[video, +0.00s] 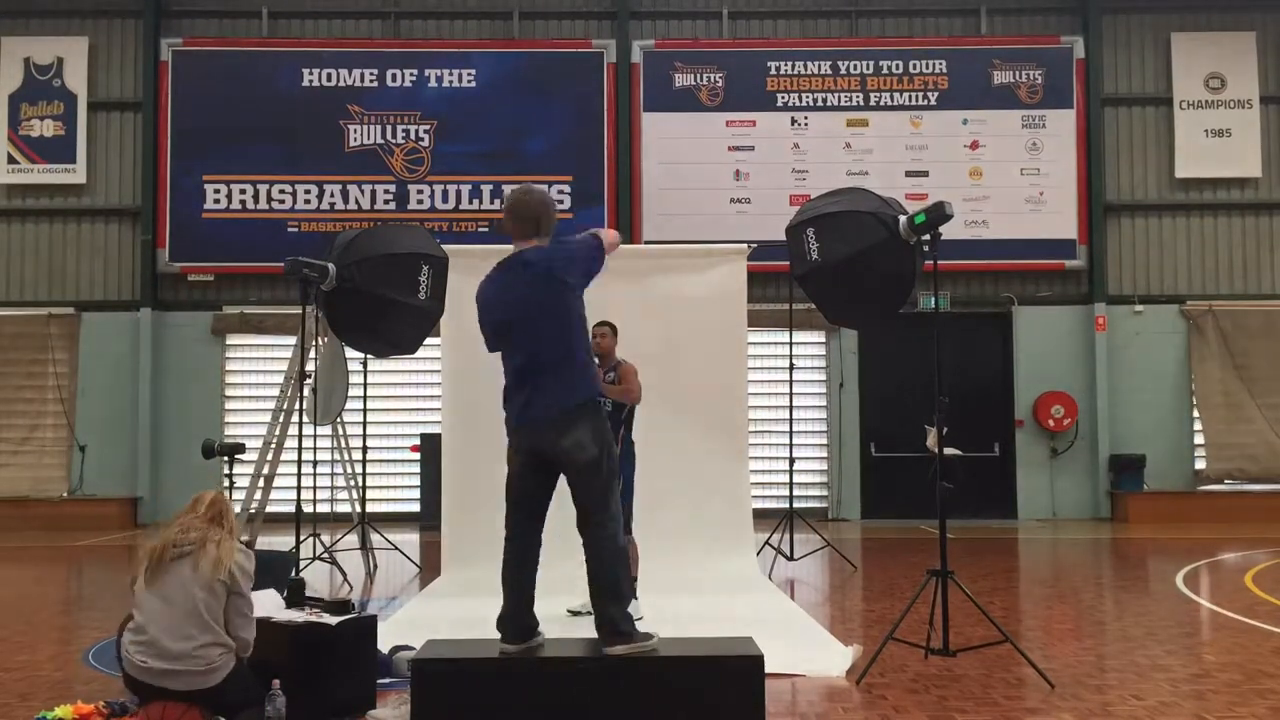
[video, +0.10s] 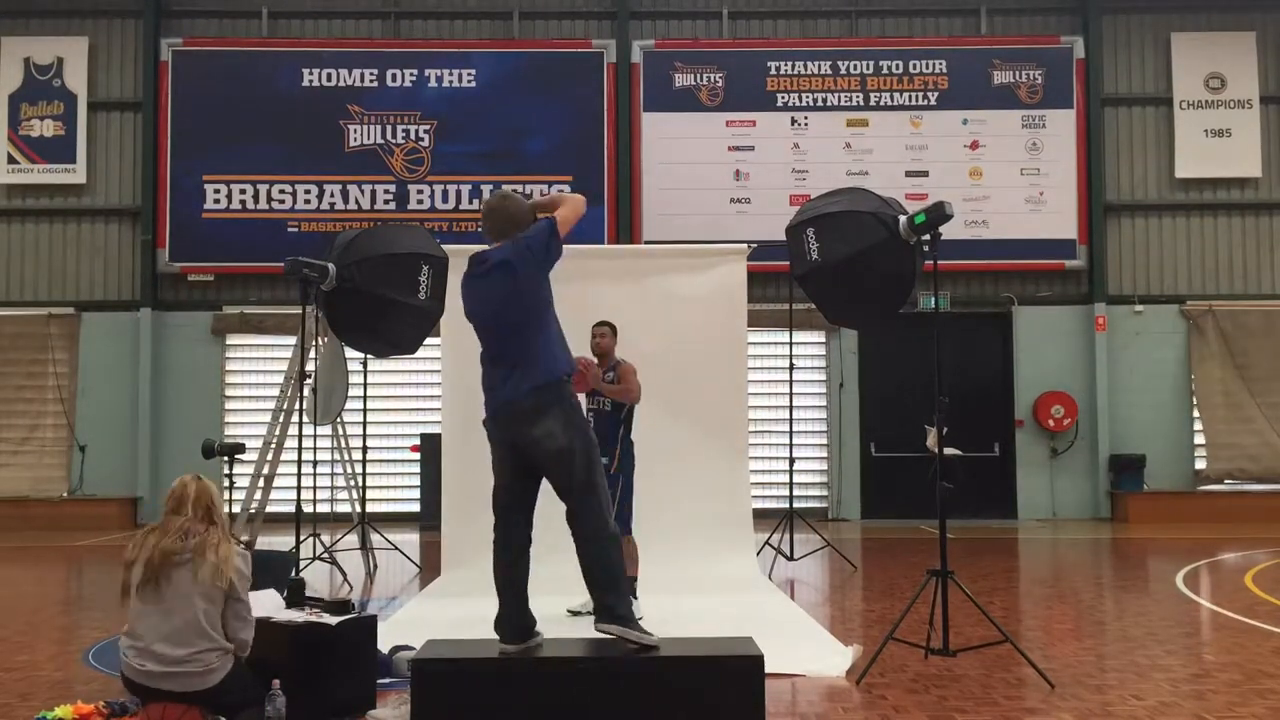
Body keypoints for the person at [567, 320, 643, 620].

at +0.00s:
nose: (597, 341)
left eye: (602, 336)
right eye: (594, 337)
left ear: (615, 341)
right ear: (591, 343)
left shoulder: (625, 369)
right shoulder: (590, 371)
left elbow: (633, 394)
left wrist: (598, 386)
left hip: (620, 451)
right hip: (593, 451)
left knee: (621, 527)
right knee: (596, 525)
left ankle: (629, 596)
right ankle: (599, 597)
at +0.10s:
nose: (598, 340)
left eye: (604, 336)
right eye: (595, 336)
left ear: (615, 341)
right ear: (591, 342)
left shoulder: (624, 369)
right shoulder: (589, 370)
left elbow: (633, 395)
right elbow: (567, 382)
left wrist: (598, 385)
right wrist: (575, 377)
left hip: (618, 455)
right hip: (592, 454)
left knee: (619, 526)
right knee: (595, 523)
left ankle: (628, 595)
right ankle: (600, 595)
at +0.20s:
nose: (598, 341)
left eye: (604, 336)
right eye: (595, 336)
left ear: (615, 341)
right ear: (590, 341)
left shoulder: (624, 373)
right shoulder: (588, 372)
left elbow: (637, 413)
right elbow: (583, 408)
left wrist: (600, 410)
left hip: (618, 447)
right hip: (593, 448)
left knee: (620, 526)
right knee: (598, 526)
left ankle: (630, 598)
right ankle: (601, 595)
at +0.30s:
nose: (594, 346)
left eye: (599, 341)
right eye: (593, 341)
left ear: (615, 343)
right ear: (595, 343)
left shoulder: (628, 373)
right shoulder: (600, 374)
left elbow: (637, 416)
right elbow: (602, 416)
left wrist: (597, 406)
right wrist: (579, 406)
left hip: (619, 457)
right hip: (600, 456)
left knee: (617, 528)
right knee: (600, 527)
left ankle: (630, 600)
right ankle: (601, 596)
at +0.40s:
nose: (593, 339)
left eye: (599, 335)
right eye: (595, 334)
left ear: (615, 342)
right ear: (608, 341)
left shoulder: (625, 374)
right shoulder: (601, 373)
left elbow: (632, 418)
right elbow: (604, 412)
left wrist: (592, 412)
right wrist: (578, 406)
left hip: (618, 460)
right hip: (599, 458)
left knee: (620, 528)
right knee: (600, 528)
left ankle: (631, 600)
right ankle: (601, 596)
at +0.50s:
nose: (595, 337)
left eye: (601, 334)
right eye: (597, 333)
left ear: (616, 342)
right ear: (605, 342)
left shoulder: (625, 374)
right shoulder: (597, 374)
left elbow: (634, 418)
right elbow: (597, 416)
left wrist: (592, 413)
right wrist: (569, 414)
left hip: (618, 459)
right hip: (597, 457)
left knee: (619, 527)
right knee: (598, 527)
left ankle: (631, 600)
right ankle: (601, 596)